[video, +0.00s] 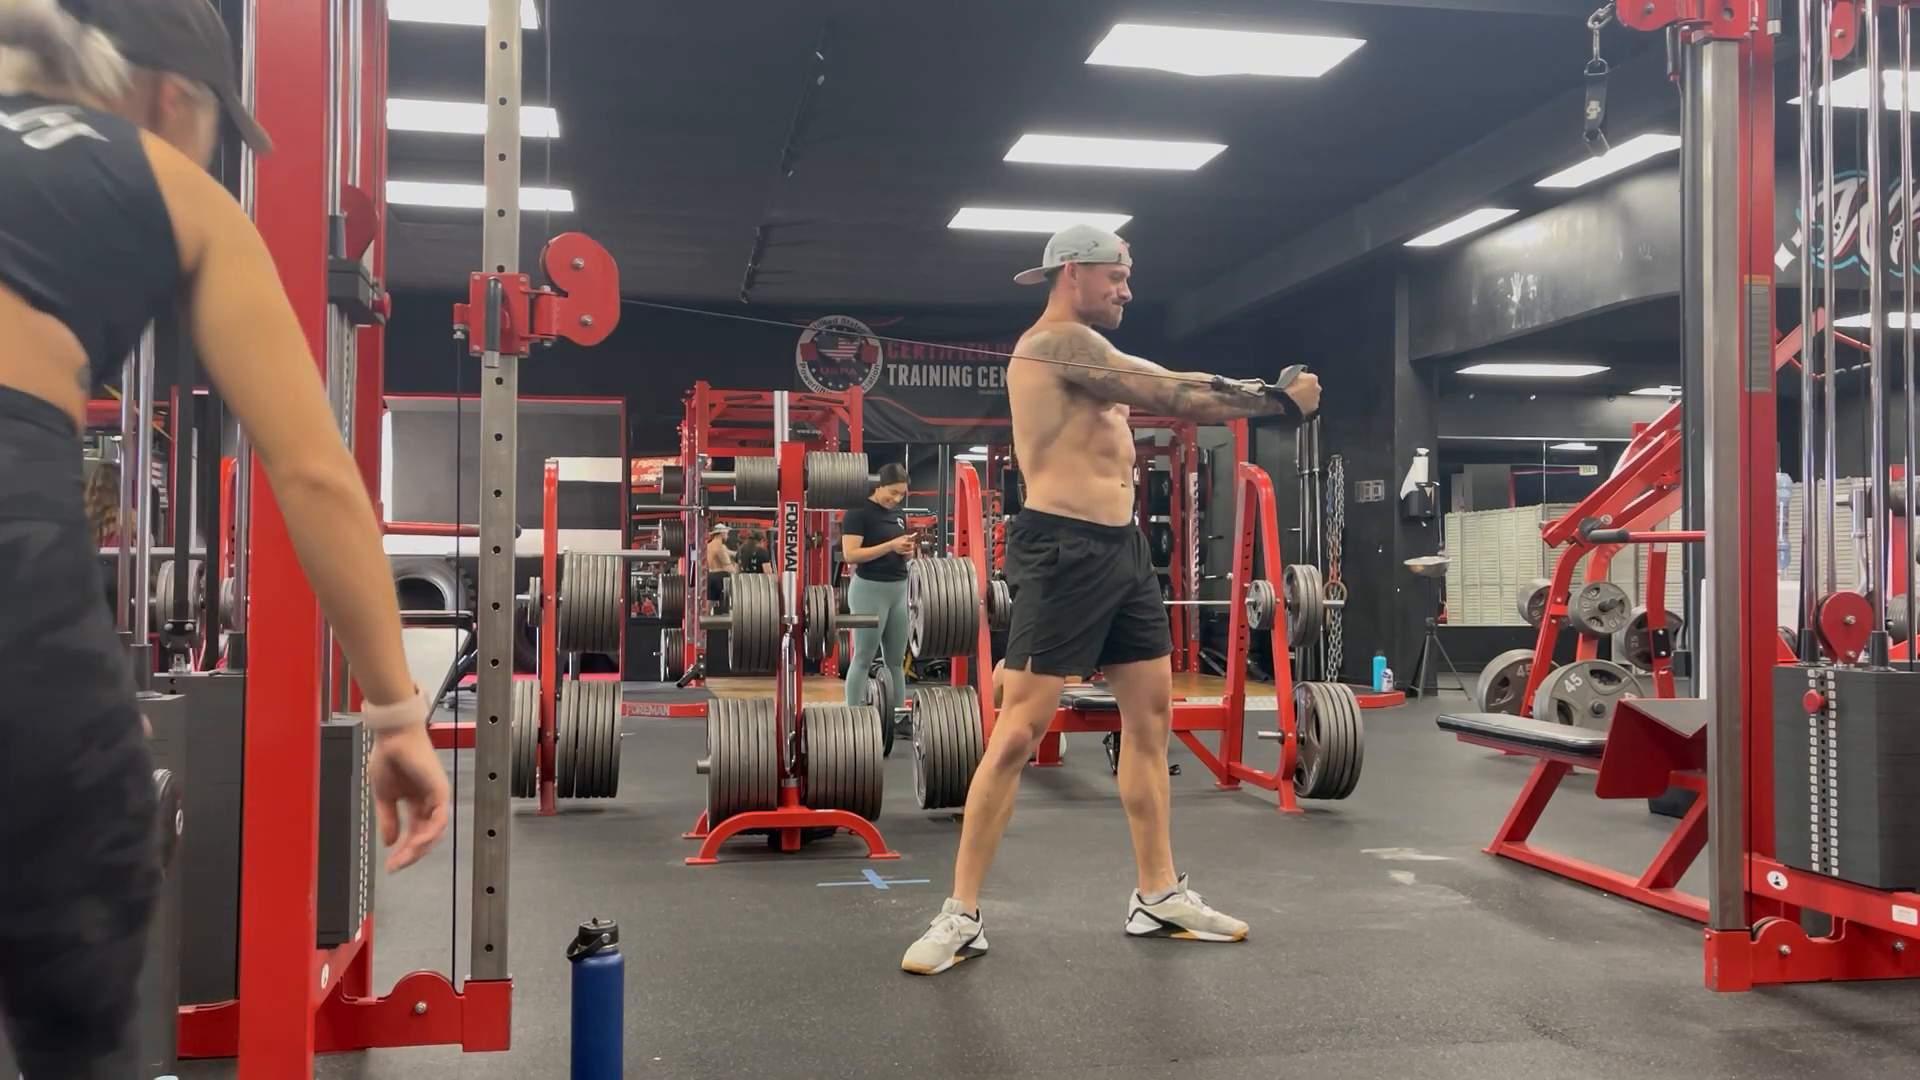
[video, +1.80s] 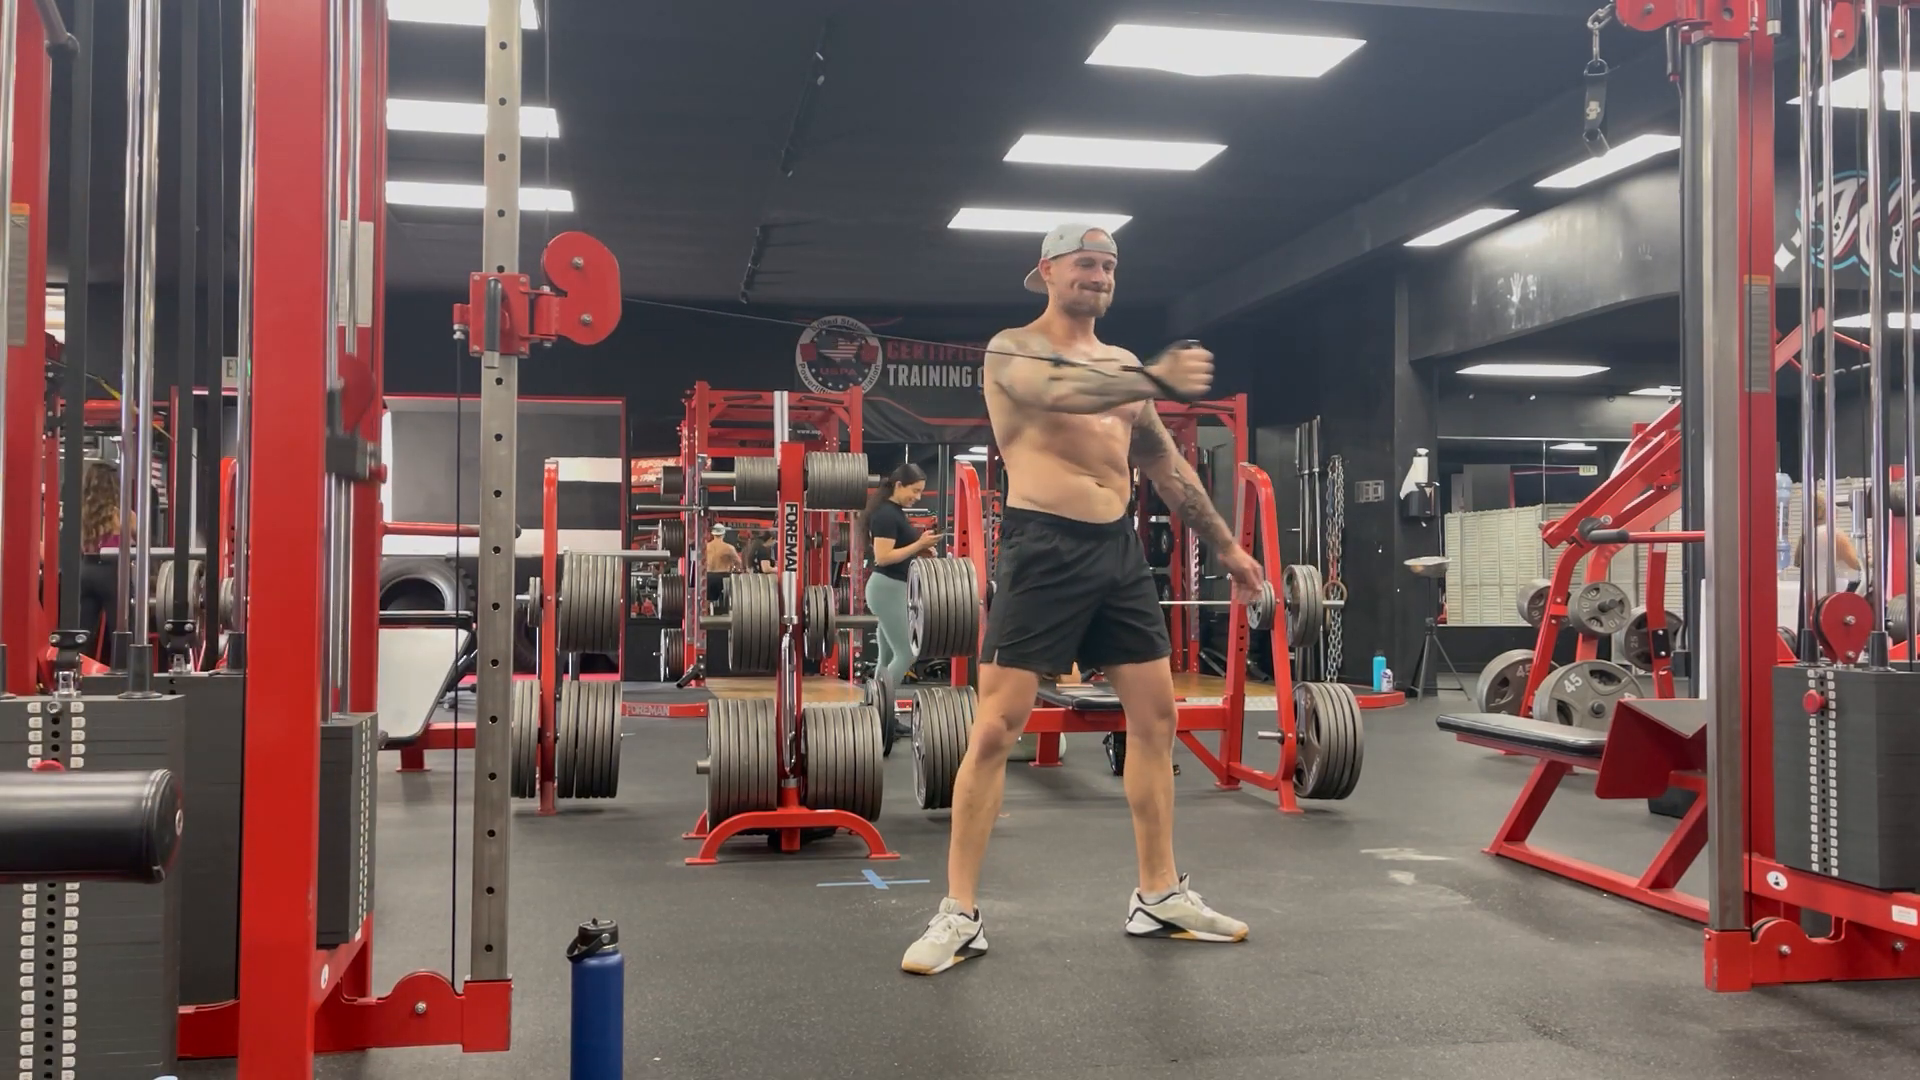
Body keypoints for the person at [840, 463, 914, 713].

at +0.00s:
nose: (897, 499)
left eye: (901, 495)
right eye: (893, 493)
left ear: (904, 491)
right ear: (880, 485)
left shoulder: (897, 514)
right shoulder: (858, 513)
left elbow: (903, 551)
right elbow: (850, 554)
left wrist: (909, 549)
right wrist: (891, 546)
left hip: (898, 591)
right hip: (869, 590)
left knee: (896, 661)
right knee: (863, 659)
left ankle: (899, 720)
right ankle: (853, 720)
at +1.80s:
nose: (918, 497)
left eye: (920, 492)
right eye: (915, 490)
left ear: (901, 487)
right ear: (898, 485)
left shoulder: (895, 512)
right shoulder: (886, 513)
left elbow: (894, 550)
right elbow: (883, 557)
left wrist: (918, 548)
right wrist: (918, 545)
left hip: (893, 586)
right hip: (886, 587)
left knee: (886, 655)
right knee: (905, 654)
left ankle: (874, 711)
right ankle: (881, 710)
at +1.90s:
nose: (923, 498)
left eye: (926, 493)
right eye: (921, 492)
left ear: (907, 488)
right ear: (904, 485)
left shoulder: (899, 512)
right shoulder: (892, 513)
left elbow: (897, 551)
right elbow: (887, 557)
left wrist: (921, 550)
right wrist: (923, 546)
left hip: (893, 585)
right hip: (890, 586)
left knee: (889, 657)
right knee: (919, 650)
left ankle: (881, 713)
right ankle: (898, 712)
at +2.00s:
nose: (931, 499)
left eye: (933, 494)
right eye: (928, 493)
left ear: (913, 488)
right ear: (912, 487)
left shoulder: (906, 511)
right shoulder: (898, 513)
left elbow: (904, 551)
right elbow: (892, 557)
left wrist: (929, 549)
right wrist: (928, 546)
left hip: (897, 583)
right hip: (896, 584)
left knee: (893, 653)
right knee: (928, 648)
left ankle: (882, 714)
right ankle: (926, 716)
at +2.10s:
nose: (937, 501)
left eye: (941, 496)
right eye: (935, 494)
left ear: (920, 490)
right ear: (919, 488)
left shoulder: (915, 513)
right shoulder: (905, 514)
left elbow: (912, 552)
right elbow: (898, 558)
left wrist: (937, 549)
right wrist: (934, 547)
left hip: (903, 582)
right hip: (903, 584)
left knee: (897, 652)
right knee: (933, 648)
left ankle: (884, 712)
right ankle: (945, 715)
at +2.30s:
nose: (954, 500)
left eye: (956, 495)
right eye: (952, 494)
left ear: (943, 493)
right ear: (939, 491)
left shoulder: (940, 516)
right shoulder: (926, 518)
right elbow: (918, 560)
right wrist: (955, 550)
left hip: (947, 593)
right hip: (930, 594)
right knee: (919, 651)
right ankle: (887, 704)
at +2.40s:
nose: (964, 499)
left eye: (965, 494)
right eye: (960, 493)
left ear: (955, 493)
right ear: (949, 492)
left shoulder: (956, 515)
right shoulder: (938, 517)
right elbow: (928, 560)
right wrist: (961, 552)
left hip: (957, 590)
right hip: (943, 592)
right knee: (941, 655)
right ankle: (899, 706)